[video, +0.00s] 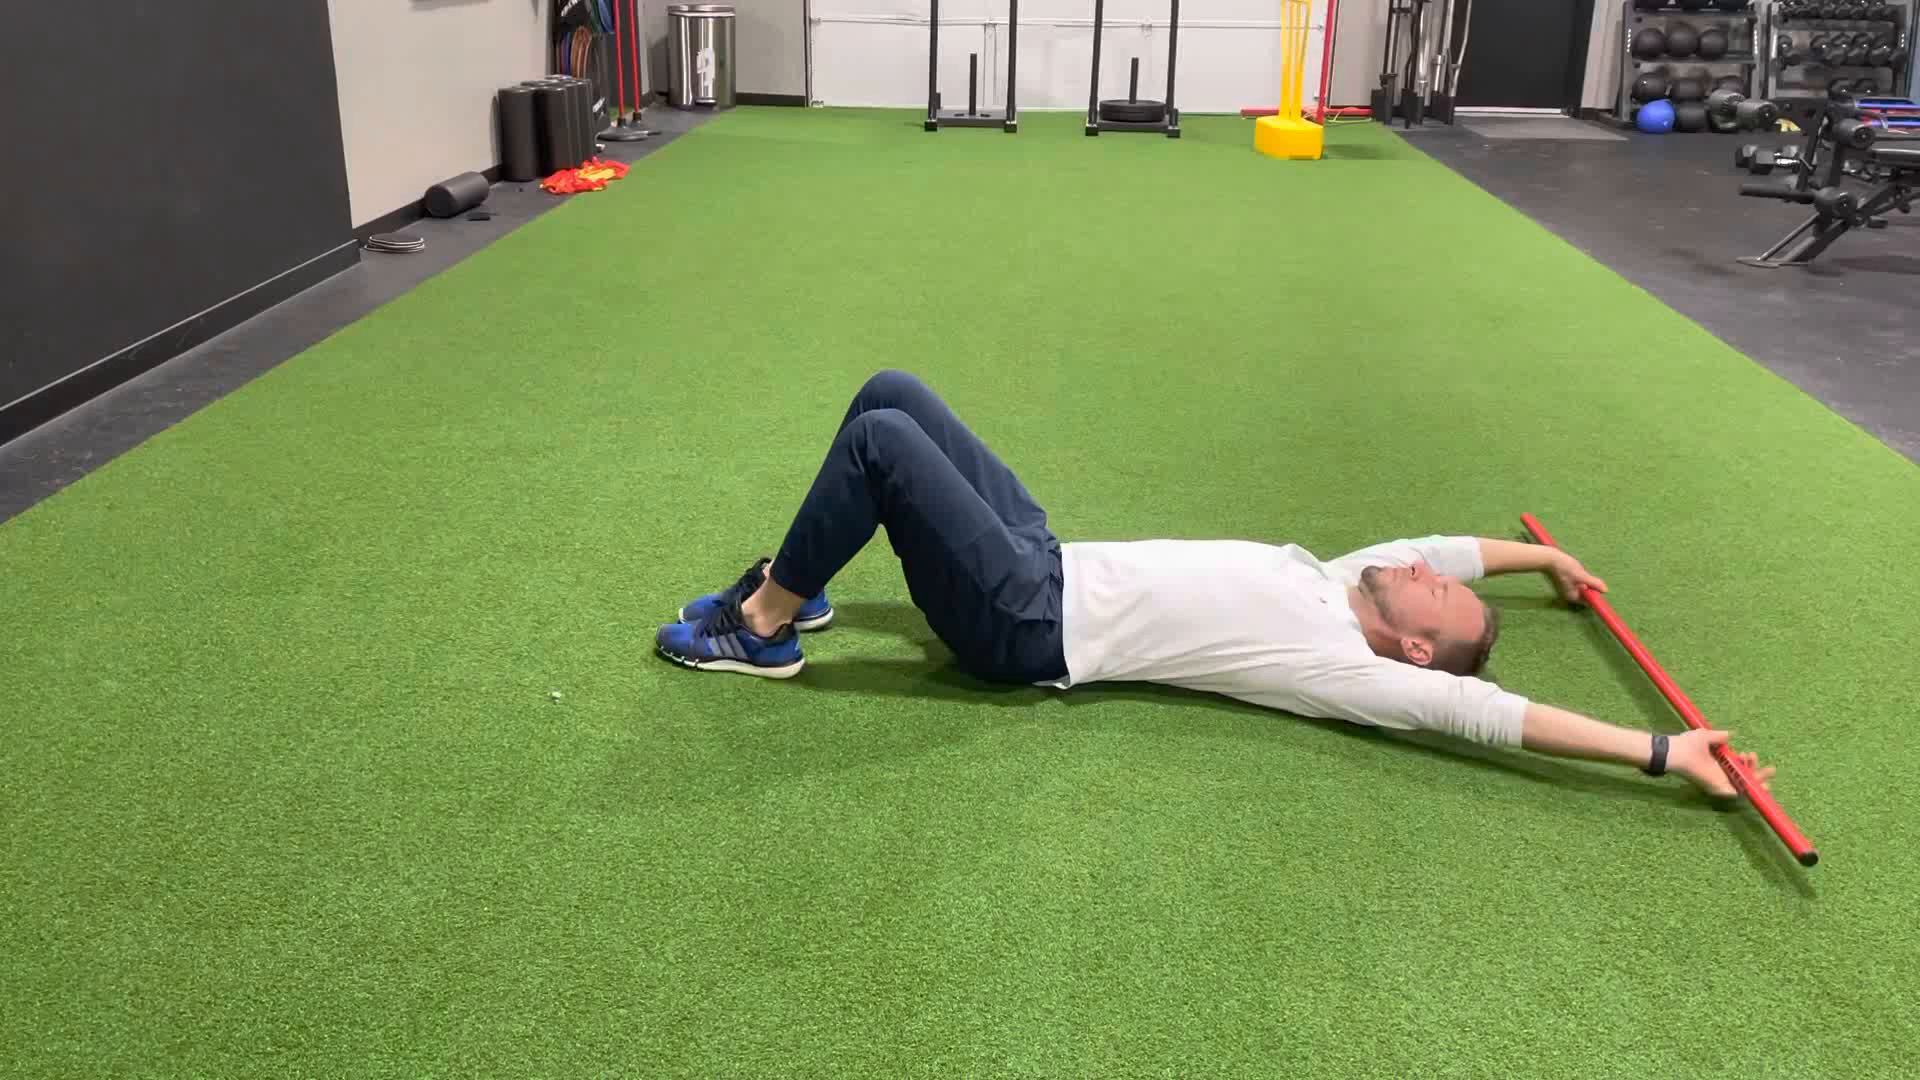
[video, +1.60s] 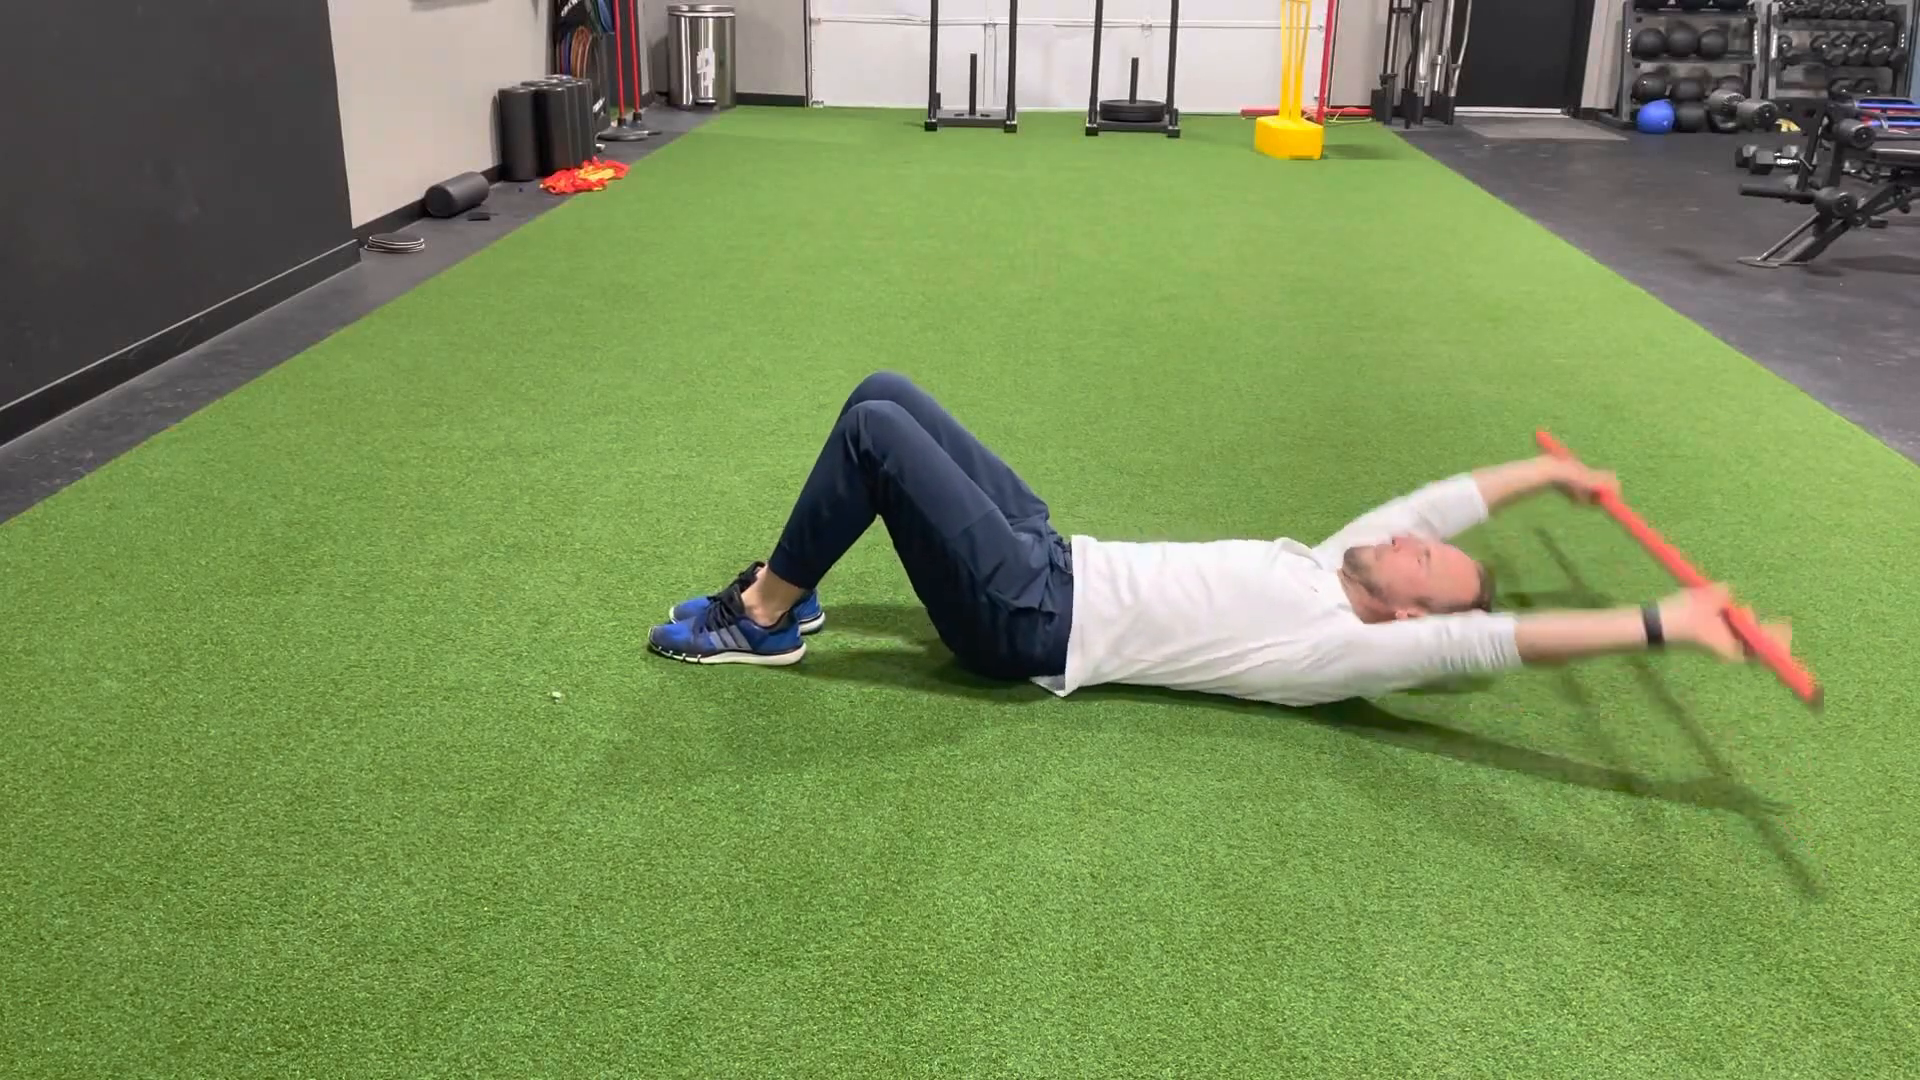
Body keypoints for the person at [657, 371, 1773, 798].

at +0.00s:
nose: (1423, 570)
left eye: (1436, 585)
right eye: (1437, 573)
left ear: (1427, 643)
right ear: (1417, 586)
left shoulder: (1347, 669)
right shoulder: (1339, 588)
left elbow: (1501, 718)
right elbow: (1433, 551)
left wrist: (1663, 748)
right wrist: (1554, 562)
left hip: (1037, 620)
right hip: (1056, 558)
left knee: (879, 426)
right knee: (893, 393)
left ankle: (778, 608)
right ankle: (787, 585)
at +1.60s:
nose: (1417, 534)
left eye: (1436, 552)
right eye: (1433, 530)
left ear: (1431, 604)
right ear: (1409, 543)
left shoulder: (1342, 649)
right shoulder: (1332, 566)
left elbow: (1504, 639)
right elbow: (1432, 502)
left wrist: (1666, 619)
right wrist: (1546, 465)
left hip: (1041, 614)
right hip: (1059, 555)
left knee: (878, 416)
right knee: (883, 397)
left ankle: (770, 610)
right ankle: (776, 588)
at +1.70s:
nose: (1396, 506)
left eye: (1418, 521)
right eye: (1406, 499)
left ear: (1416, 569)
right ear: (1378, 511)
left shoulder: (1330, 624)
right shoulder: (1311, 544)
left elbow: (1475, 553)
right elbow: (1397, 441)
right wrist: (1500, 354)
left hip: (1043, 611)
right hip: (1061, 556)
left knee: (878, 417)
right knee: (885, 396)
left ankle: (769, 609)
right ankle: (778, 590)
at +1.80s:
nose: (1345, 476)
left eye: (1371, 484)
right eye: (1351, 465)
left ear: (1387, 530)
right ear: (1338, 476)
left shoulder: (1308, 583)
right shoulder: (1284, 526)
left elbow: (1391, 463)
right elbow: (1323, 382)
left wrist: (1477, 354)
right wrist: (1391, 245)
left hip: (1044, 619)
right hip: (1054, 560)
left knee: (883, 414)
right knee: (891, 392)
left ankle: (768, 606)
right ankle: (778, 586)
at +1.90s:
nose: (1296, 412)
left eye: (1317, 415)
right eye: (1306, 407)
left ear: (1334, 469)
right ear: (1312, 456)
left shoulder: (1284, 551)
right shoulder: (1256, 492)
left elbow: (1297, 407)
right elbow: (1239, 346)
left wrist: (1327, 275)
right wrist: (1253, 191)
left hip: (1041, 620)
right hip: (1052, 563)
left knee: (880, 415)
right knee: (888, 392)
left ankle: (765, 608)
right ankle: (781, 590)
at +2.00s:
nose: (1217, 388)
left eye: (1234, 384)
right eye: (1225, 374)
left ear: (1276, 433)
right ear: (1273, 431)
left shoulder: (1255, 516)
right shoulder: (1224, 465)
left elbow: (1201, 389)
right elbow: (1166, 336)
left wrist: (1197, 238)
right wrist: (1135, 172)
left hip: (1038, 616)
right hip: (1050, 563)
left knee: (879, 415)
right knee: (889, 395)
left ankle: (765, 611)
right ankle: (782, 592)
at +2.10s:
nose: (1169, 378)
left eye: (1182, 367)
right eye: (1172, 361)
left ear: (1228, 394)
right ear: (1226, 390)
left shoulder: (1221, 478)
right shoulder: (1202, 438)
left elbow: (1147, 355)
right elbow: (1120, 329)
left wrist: (1099, 214)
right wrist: (1061, 188)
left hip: (1034, 621)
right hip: (1045, 567)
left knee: (885, 416)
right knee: (893, 398)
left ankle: (771, 607)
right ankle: (782, 585)